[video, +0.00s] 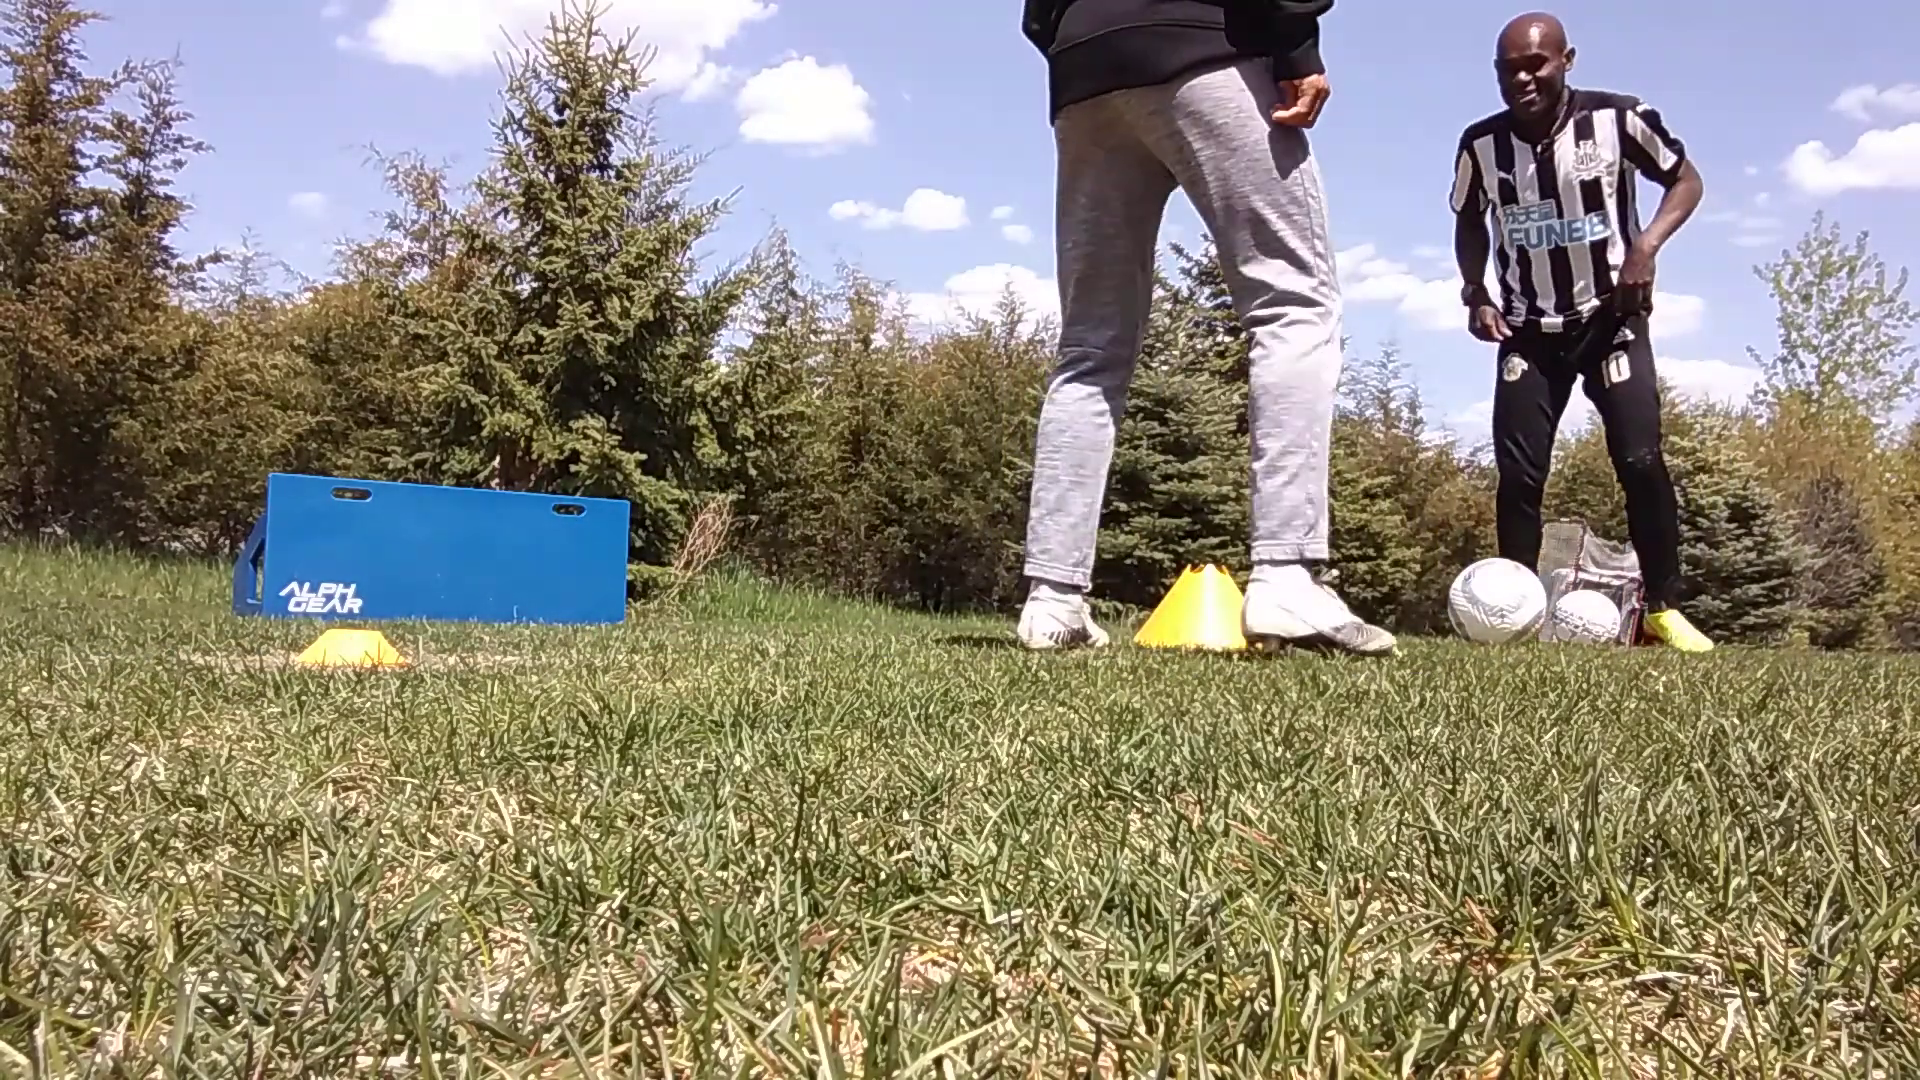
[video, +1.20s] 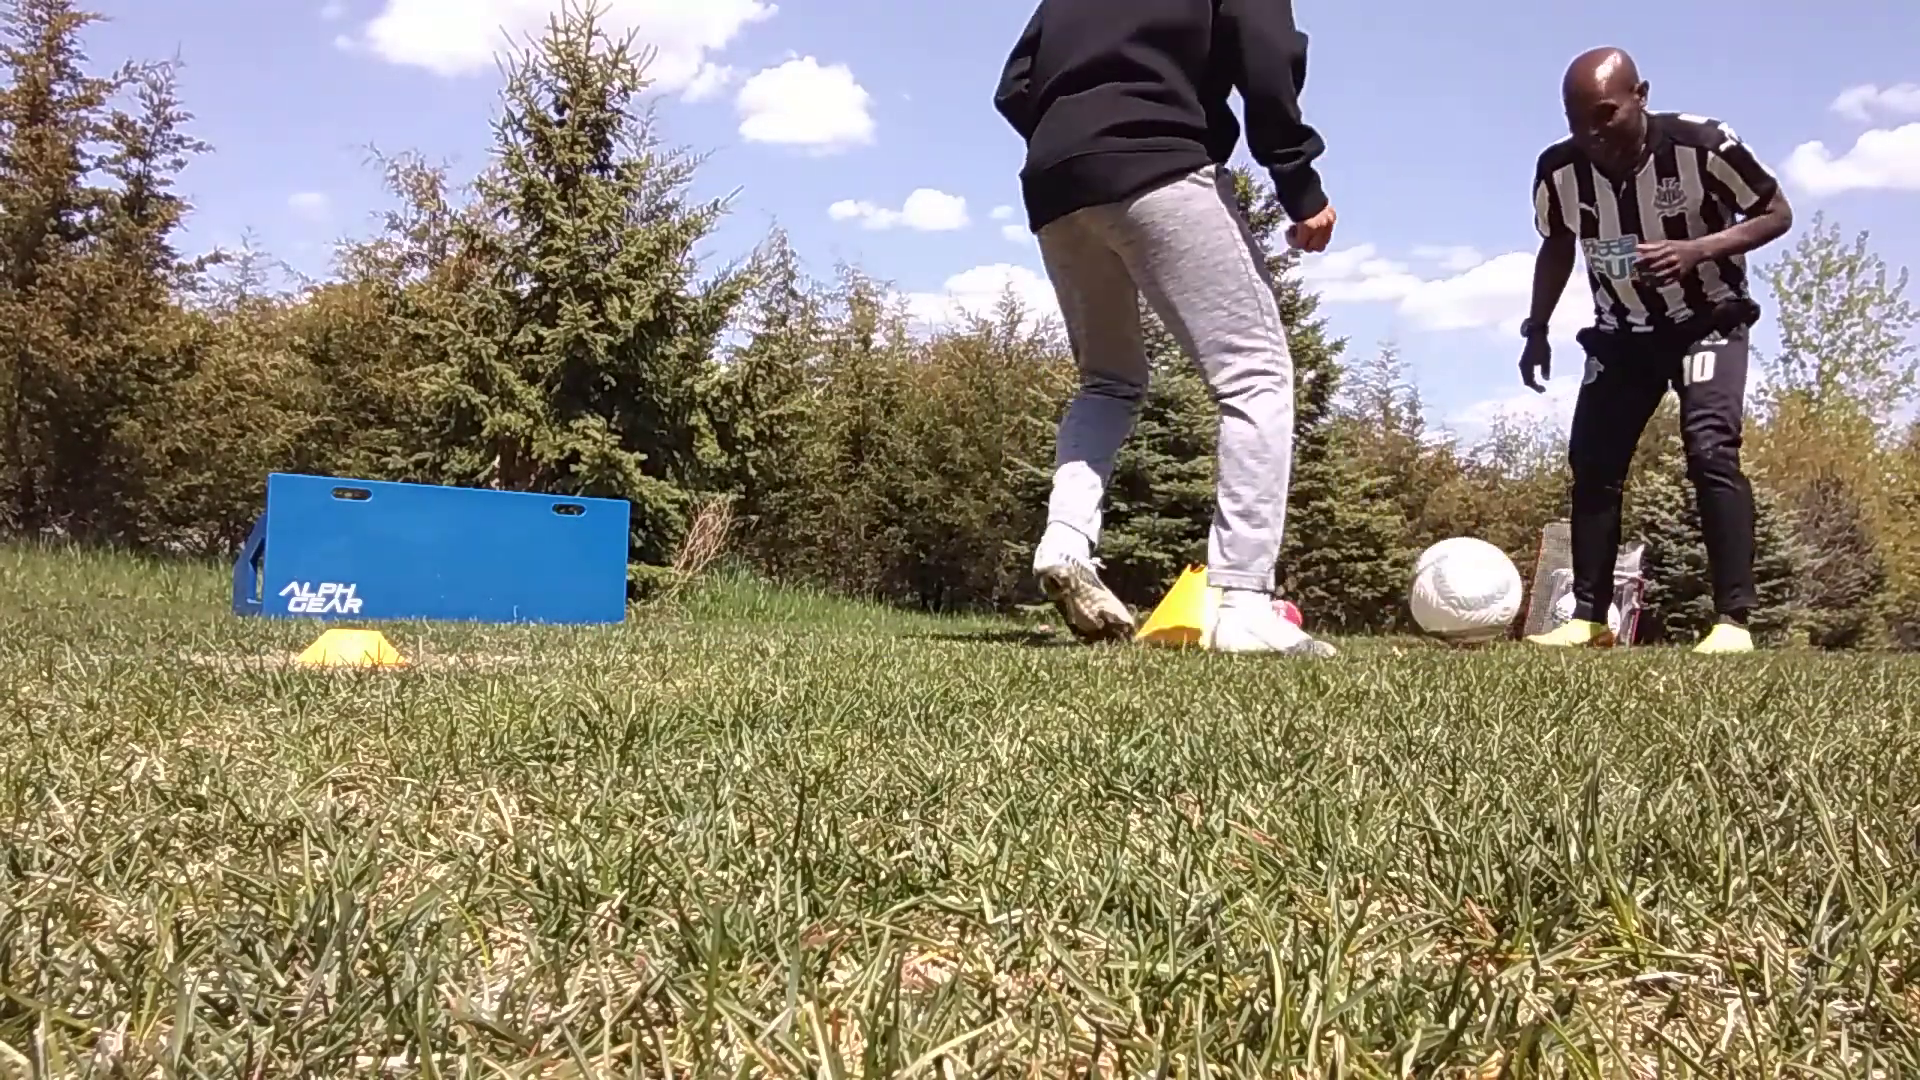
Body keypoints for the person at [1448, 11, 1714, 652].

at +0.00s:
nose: (1521, 80)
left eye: (1534, 65)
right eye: (1509, 69)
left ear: (1566, 62)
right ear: (1498, 72)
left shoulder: (1620, 119)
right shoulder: (1480, 144)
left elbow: (1687, 181)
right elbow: (1470, 224)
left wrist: (1648, 243)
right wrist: (1475, 292)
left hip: (1614, 322)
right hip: (1529, 334)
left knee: (1642, 462)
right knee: (1519, 476)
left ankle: (1662, 609)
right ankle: (1516, 611)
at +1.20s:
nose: (1591, 134)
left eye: (1604, 119)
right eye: (1579, 122)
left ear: (1641, 99)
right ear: (1566, 114)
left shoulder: (1705, 145)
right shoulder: (1559, 169)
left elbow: (1777, 215)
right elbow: (1558, 244)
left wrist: (1698, 248)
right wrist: (1537, 324)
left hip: (1708, 324)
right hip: (1624, 333)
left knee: (1709, 452)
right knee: (1592, 461)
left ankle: (1734, 622)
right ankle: (1588, 617)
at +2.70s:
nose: (1621, 163)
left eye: (1628, 149)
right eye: (1614, 151)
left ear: (1669, 125)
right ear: (1610, 136)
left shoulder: (1749, 137)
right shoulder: (1627, 189)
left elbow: (1859, 175)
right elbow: (1656, 268)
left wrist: (1766, 218)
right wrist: (1614, 350)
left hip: (1786, 320)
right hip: (1707, 330)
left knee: (1739, 454)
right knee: (1602, 422)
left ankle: (1756, 626)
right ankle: (1633, 574)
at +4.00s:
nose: (1558, 138)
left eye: (1572, 125)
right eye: (1552, 126)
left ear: (1615, 118)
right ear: (1547, 124)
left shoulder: (1682, 154)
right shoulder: (1546, 191)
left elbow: (1759, 210)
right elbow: (1564, 269)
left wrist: (1707, 296)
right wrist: (1566, 348)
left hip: (1709, 329)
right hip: (1626, 345)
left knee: (1720, 456)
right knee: (1601, 473)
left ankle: (1752, 620)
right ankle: (1598, 622)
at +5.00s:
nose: (1648, 133)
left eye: (1663, 118)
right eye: (1636, 119)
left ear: (1692, 104)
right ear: (1618, 111)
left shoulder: (1744, 152)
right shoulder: (1600, 179)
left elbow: (1841, 196)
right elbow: (1598, 247)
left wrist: (1796, 254)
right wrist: (1577, 321)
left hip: (1747, 333)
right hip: (1652, 348)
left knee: (1793, 451)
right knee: (1610, 479)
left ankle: (1848, 606)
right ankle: (1597, 623)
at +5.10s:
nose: (1676, 105)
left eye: (1692, 89)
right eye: (1664, 89)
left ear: (1724, 70)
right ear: (1648, 77)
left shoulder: (1779, 120)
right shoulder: (1633, 149)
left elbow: (1868, 165)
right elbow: (1636, 226)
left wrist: (1832, 233)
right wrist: (1605, 298)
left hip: (1788, 323)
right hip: (1696, 333)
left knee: (1820, 459)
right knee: (1642, 460)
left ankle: (1860, 620)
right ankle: (1614, 612)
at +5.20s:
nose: (1710, 109)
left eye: (1728, 92)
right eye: (1697, 92)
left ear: (1756, 73)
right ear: (1680, 77)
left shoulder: (1812, 120)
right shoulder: (1661, 157)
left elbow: (1891, 171)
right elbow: (1662, 247)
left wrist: (1861, 255)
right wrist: (1630, 319)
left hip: (1818, 323)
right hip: (1727, 334)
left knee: (1831, 463)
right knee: (1652, 434)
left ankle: (1864, 624)